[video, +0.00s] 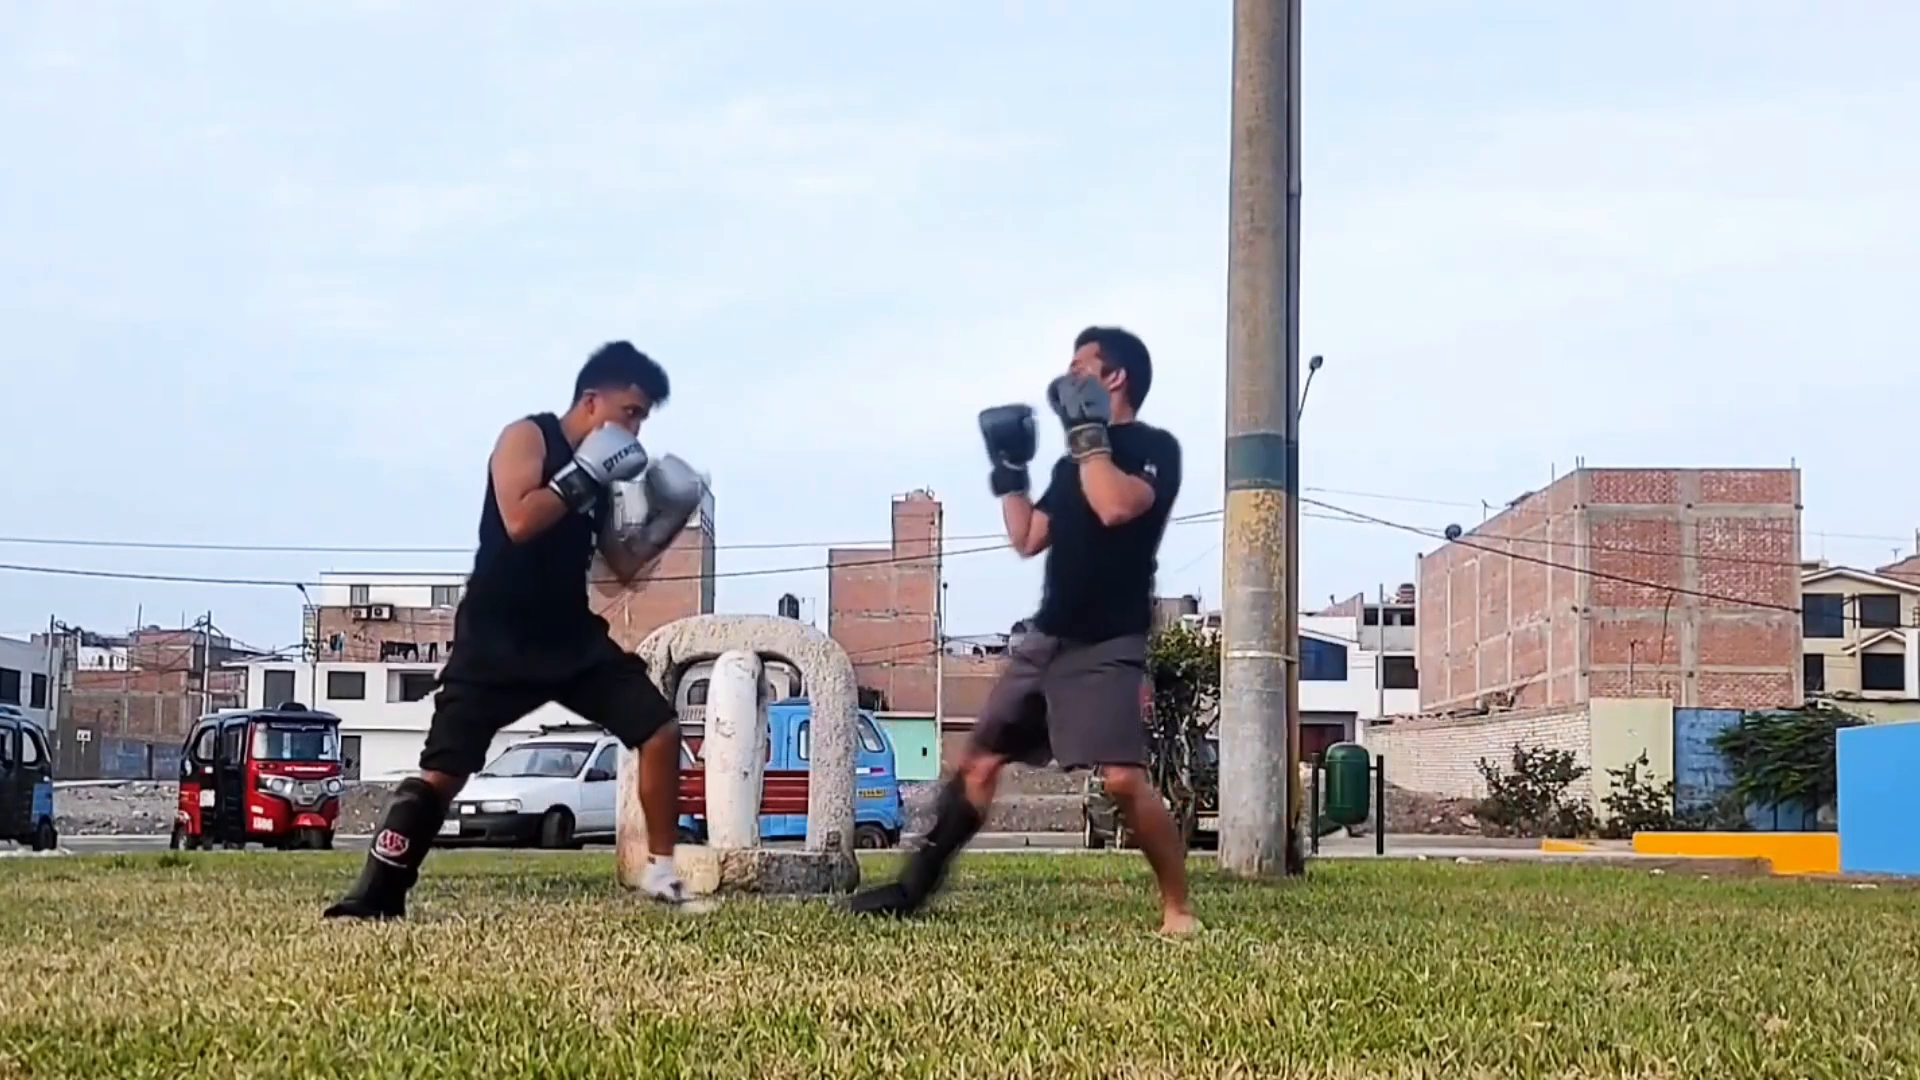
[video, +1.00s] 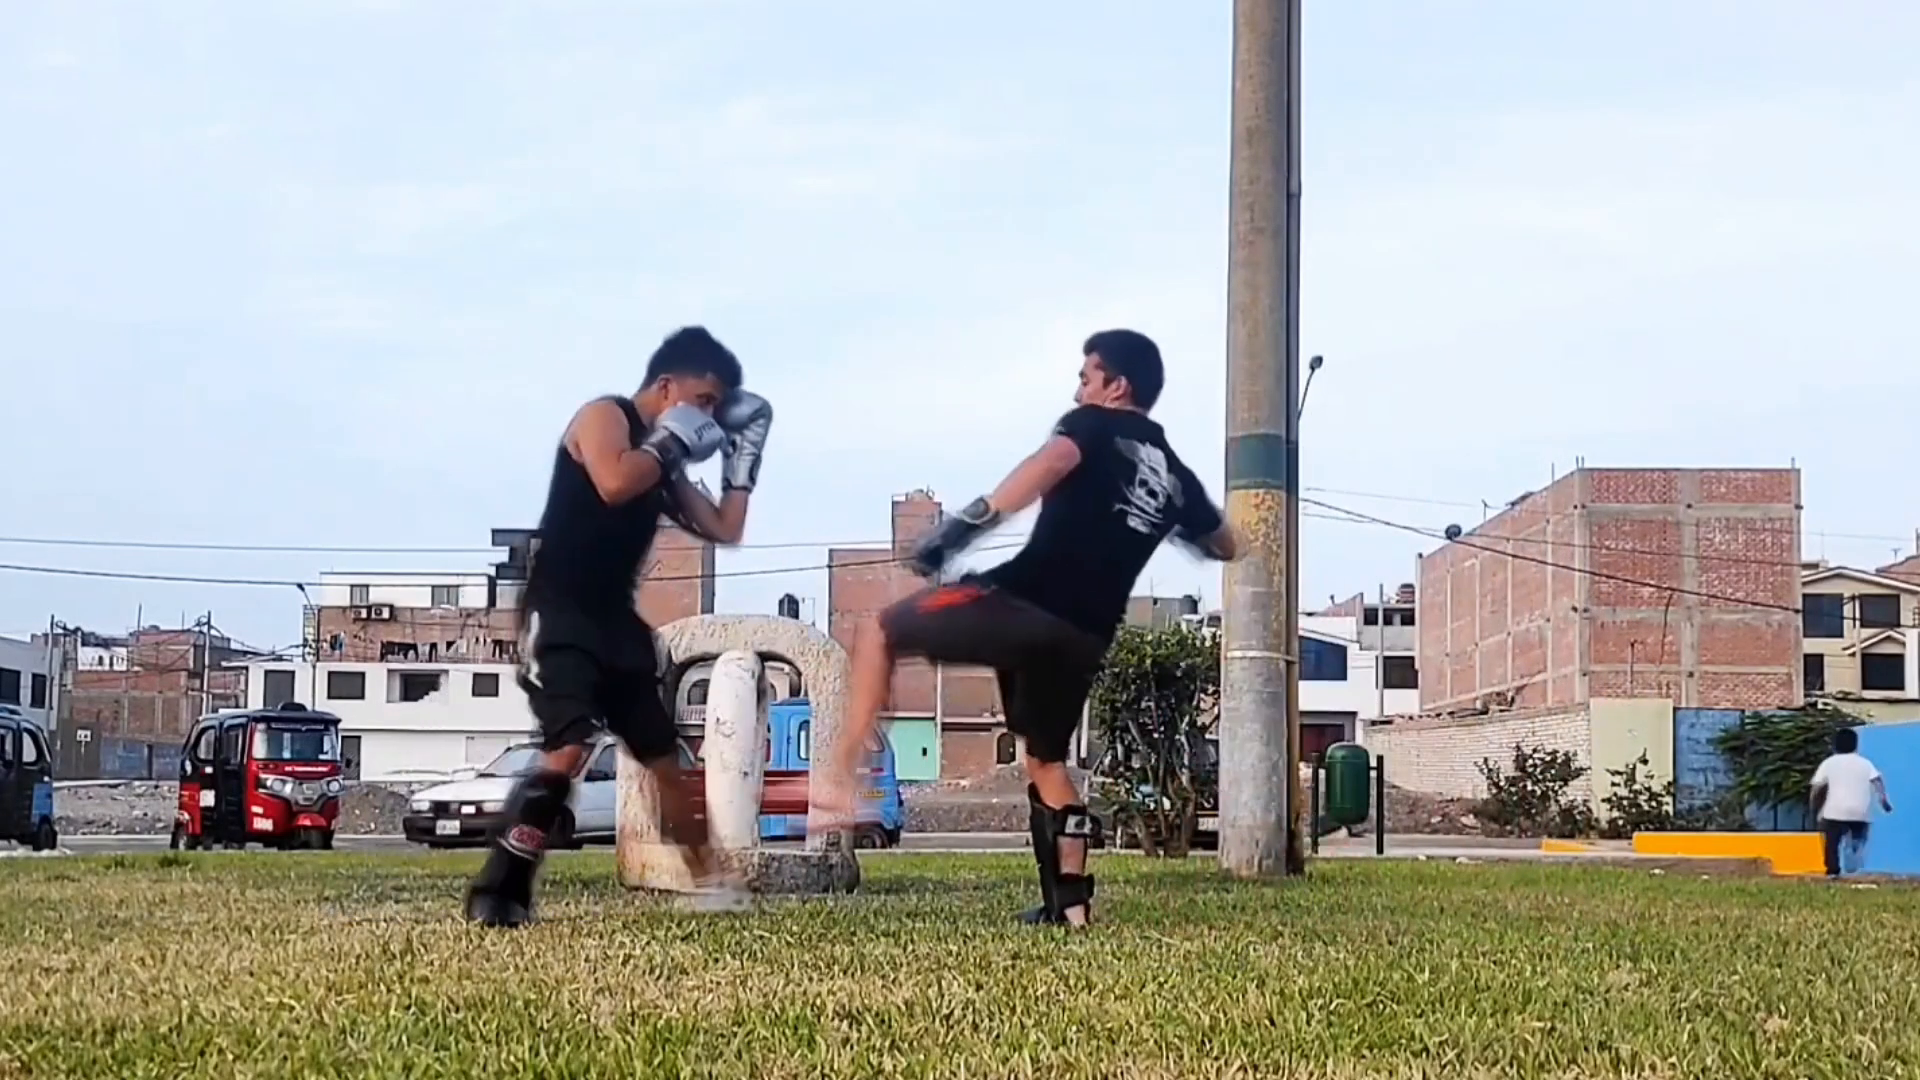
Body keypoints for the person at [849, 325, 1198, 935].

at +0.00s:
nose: (1069, 376)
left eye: (1081, 365)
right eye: (1071, 366)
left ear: (1119, 377)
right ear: (1108, 378)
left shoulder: (1155, 447)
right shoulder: (1071, 463)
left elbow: (1116, 507)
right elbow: (1027, 538)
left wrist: (1087, 429)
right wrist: (1010, 468)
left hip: (1111, 642)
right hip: (1045, 639)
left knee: (1124, 781)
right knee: (979, 763)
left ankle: (1177, 907)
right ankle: (910, 892)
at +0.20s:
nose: (1084, 352)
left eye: (1093, 339)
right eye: (1085, 340)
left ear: (1131, 340)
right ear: (1125, 342)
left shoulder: (1177, 400)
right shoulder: (1110, 416)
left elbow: (1152, 478)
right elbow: (1085, 511)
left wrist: (1102, 414)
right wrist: (1046, 448)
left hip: (1175, 602)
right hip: (1118, 603)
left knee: (1175, 739)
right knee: (1081, 743)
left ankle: (1231, 864)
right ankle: (1088, 897)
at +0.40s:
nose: (1122, 405)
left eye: (1129, 390)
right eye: (1122, 391)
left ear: (1166, 393)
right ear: (1167, 395)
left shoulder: (1215, 458)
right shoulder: (1156, 469)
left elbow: (1189, 532)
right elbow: (1174, 546)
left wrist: (1136, 481)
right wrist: (1125, 540)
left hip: (1230, 669)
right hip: (1163, 667)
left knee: (1284, 791)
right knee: (1075, 754)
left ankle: (1383, 917)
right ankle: (1091, 901)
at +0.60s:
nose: (1125, 415)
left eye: (1133, 402)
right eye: (1126, 402)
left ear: (1173, 406)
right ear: (1177, 410)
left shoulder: (1161, 453)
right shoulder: (1211, 479)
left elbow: (1092, 496)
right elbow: (1227, 585)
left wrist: (1008, 480)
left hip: (1139, 651)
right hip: (1156, 651)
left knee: (1092, 773)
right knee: (1049, 766)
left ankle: (1259, 842)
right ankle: (1071, 903)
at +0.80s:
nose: (1117, 411)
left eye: (1126, 402)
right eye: (1121, 400)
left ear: (1158, 414)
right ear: (1171, 420)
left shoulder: (1137, 447)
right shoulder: (1191, 483)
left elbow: (1118, 485)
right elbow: (1145, 515)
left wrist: (1061, 550)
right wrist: (1099, 475)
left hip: (1061, 621)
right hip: (1114, 651)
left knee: (910, 634)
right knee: (1044, 761)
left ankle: (784, 693)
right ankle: (1069, 903)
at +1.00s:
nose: (1079, 389)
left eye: (1087, 378)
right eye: (1082, 377)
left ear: (1119, 386)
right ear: (1140, 391)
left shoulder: (1094, 423)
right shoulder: (1178, 476)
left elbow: (1054, 462)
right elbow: (1227, 546)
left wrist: (964, 524)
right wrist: (1184, 523)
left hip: (1023, 606)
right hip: (1084, 639)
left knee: (880, 631)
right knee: (1047, 759)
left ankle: (839, 779)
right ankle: (1071, 905)